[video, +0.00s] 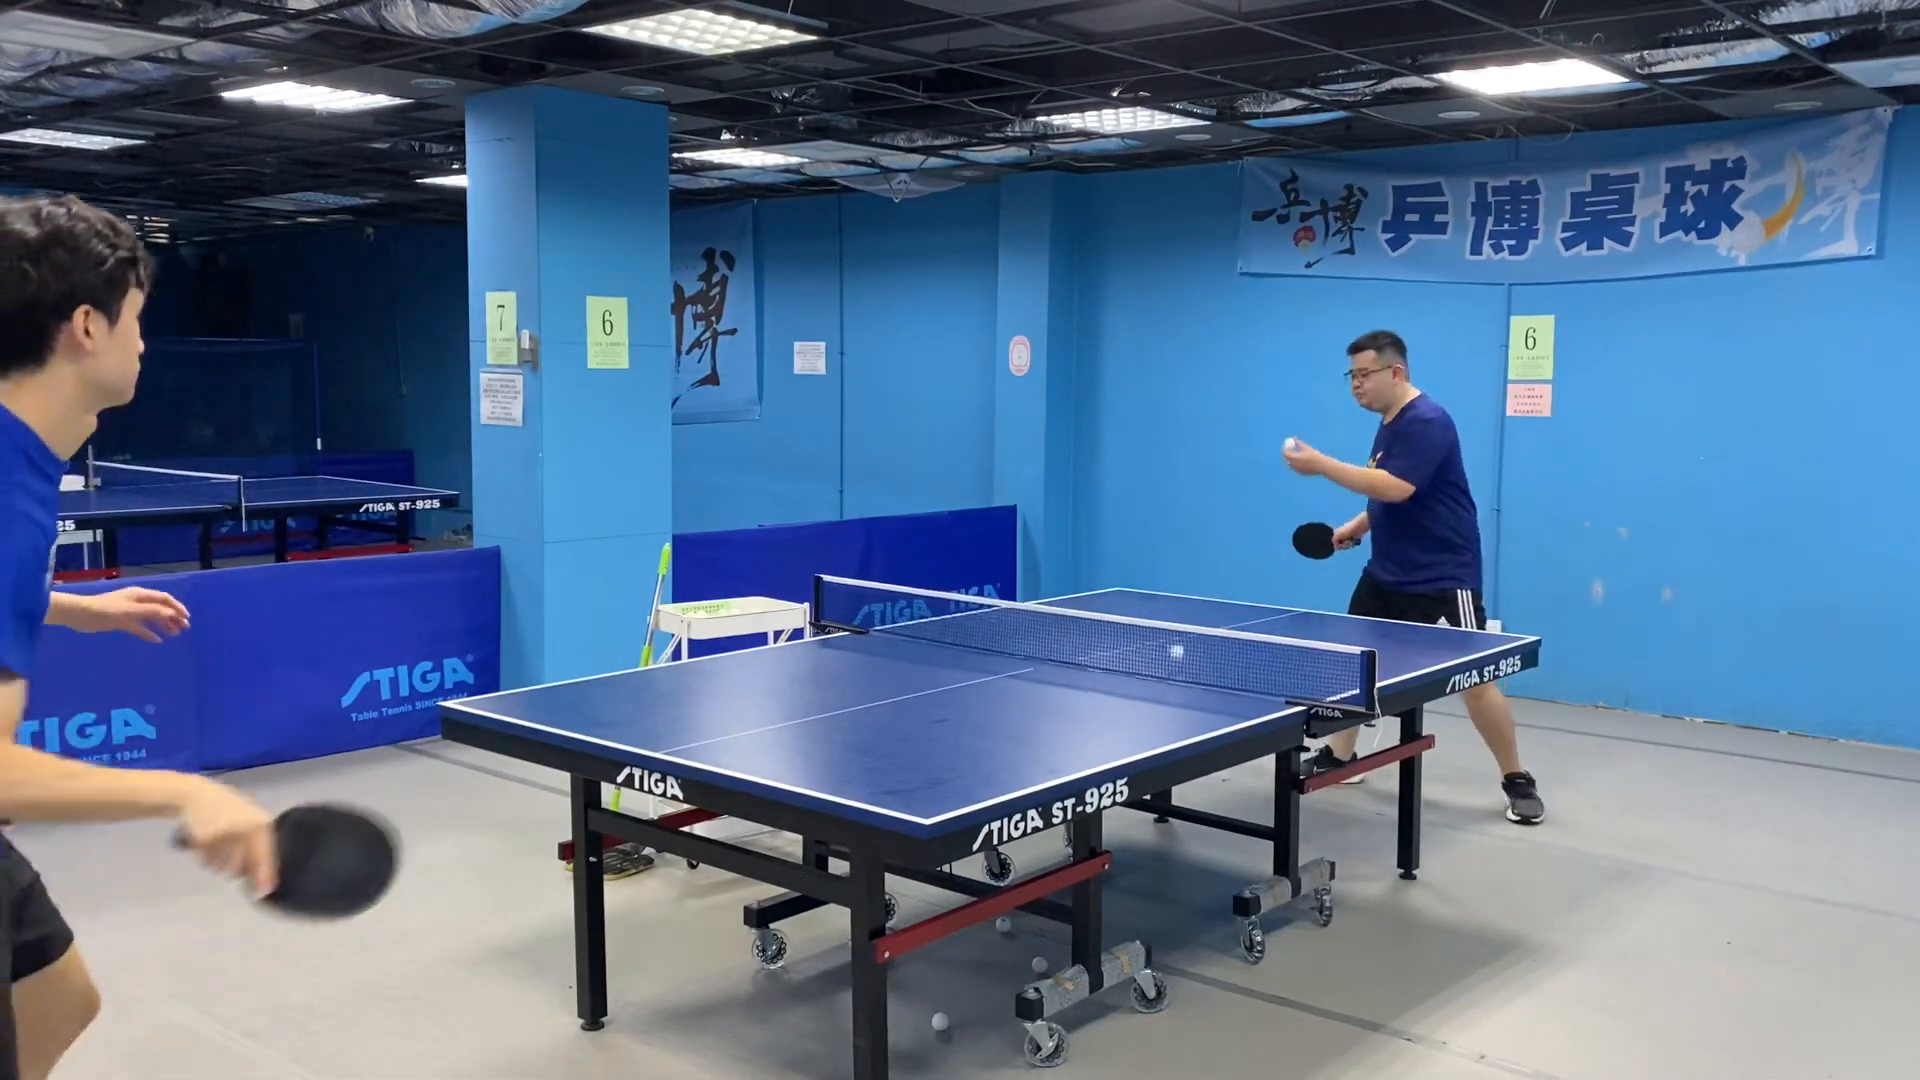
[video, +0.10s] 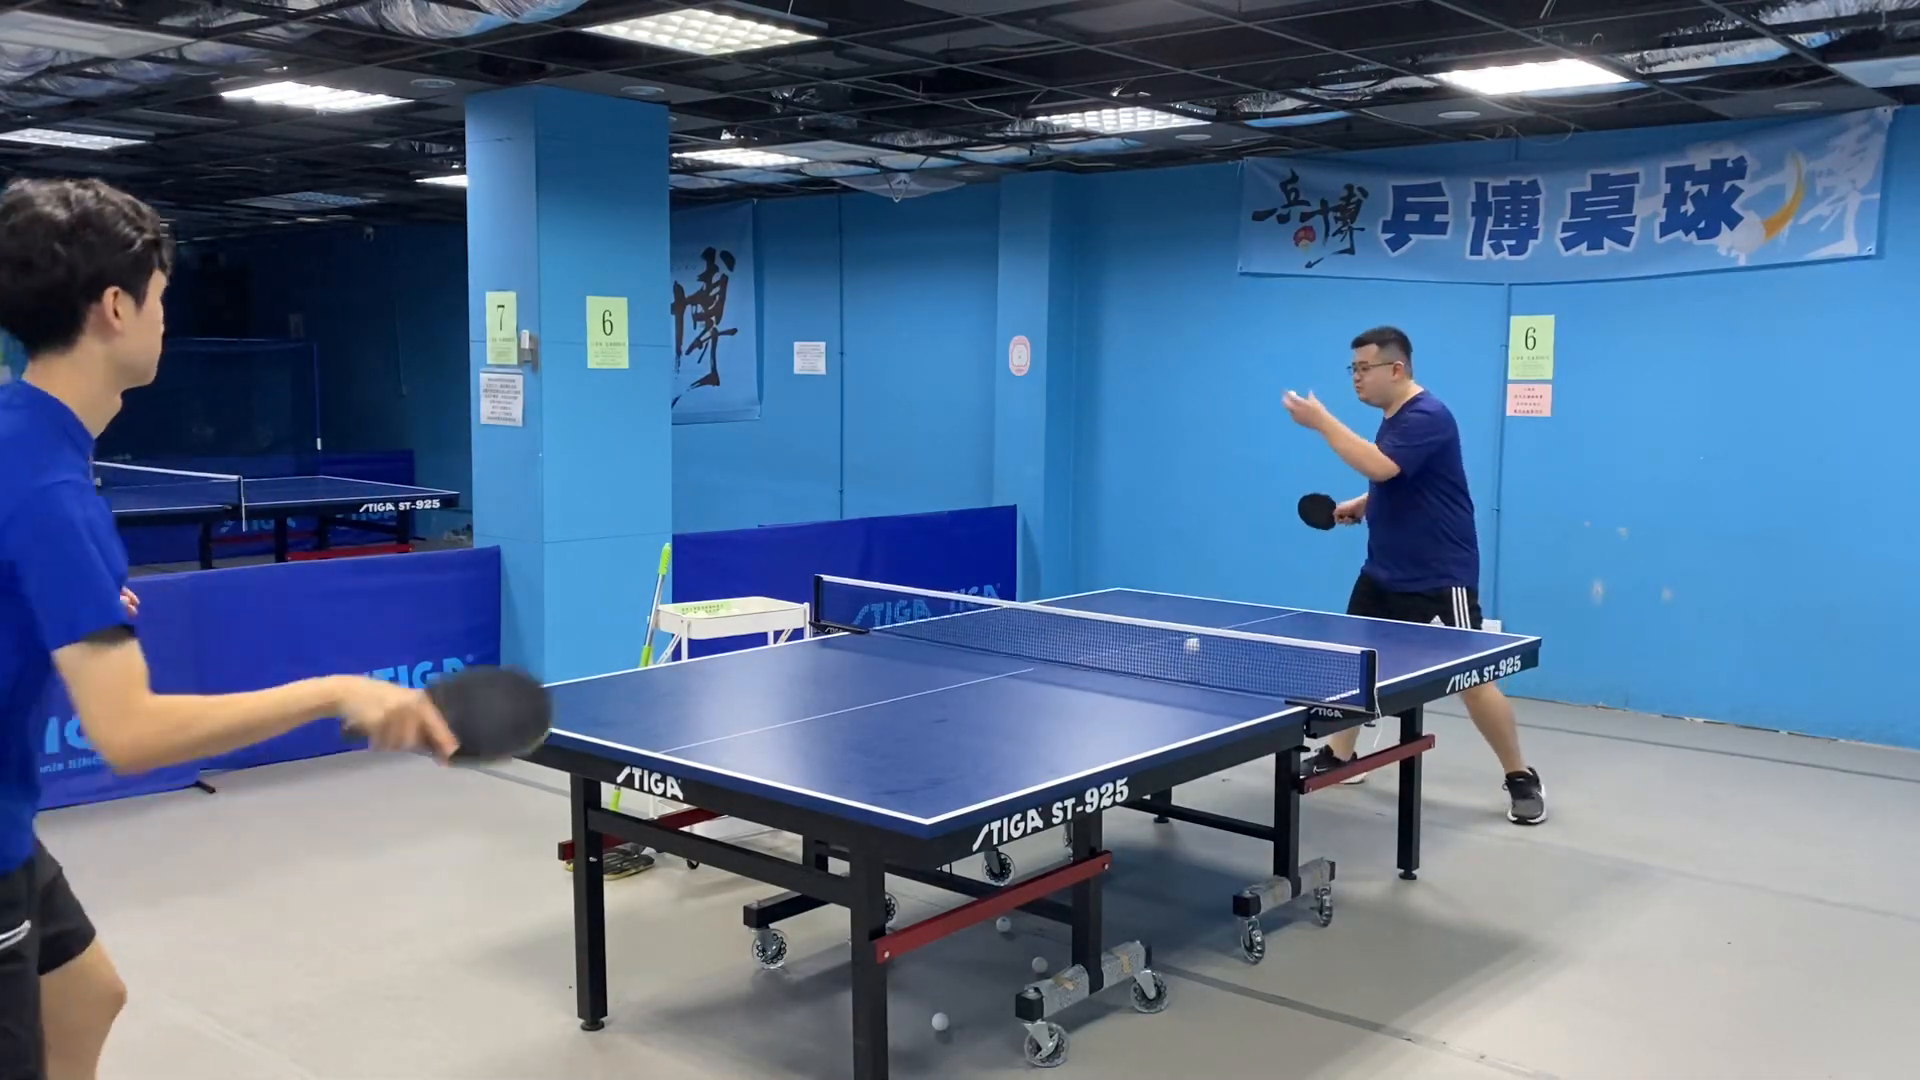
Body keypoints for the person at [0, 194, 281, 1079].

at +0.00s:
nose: (144, 345)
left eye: (144, 320)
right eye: (138, 320)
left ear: (75, 327)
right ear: (82, 329)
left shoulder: (27, 472)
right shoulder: (17, 500)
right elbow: (4, 770)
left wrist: (84, 610)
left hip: (4, 834)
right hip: (1, 839)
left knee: (58, 1005)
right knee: (57, 1008)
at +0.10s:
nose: (164, 324)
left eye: (163, 299)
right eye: (160, 299)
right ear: (111, 309)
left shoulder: (27, 440)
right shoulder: (43, 484)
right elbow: (129, 735)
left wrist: (86, 597)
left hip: (12, 838)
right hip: (2, 858)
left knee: (86, 1000)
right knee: (46, 1049)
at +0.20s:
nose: (187, 316)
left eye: (186, 291)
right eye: (183, 290)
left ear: (54, 306)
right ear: (139, 300)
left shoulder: (23, 429)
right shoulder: (94, 475)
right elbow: (225, 696)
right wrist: (403, 620)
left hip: (30, 840)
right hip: (24, 864)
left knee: (116, 1024)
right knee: (47, 1063)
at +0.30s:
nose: (211, 318)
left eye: (206, 294)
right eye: (205, 294)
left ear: (78, 314)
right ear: (167, 308)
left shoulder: (31, 440)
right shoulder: (135, 477)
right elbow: (276, 684)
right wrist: (425, 594)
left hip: (29, 844)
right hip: (67, 865)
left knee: (164, 1031)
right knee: (97, 1064)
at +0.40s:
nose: (237, 325)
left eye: (232, 302)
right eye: (230, 301)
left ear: (115, 327)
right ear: (196, 315)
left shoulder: (45, 460)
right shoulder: (182, 481)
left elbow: (10, 641)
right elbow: (298, 686)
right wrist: (417, 599)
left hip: (37, 842)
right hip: (127, 857)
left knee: (168, 1060)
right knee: (203, 1065)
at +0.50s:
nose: (274, 316)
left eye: (267, 294)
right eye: (266, 295)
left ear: (152, 319)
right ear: (233, 311)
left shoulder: (98, 445)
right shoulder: (219, 472)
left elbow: (18, 618)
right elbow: (323, 674)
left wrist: (141, 645)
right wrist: (419, 602)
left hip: (78, 811)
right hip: (169, 820)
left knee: (213, 1031)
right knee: (311, 1059)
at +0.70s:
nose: (368, 324)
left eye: (366, 303)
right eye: (364, 302)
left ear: (252, 314)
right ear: (334, 313)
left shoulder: (179, 433)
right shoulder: (312, 465)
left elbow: (87, 607)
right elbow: (424, 659)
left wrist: (205, 604)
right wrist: (502, 621)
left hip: (135, 803)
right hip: (241, 809)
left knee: (226, 1022)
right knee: (373, 1062)